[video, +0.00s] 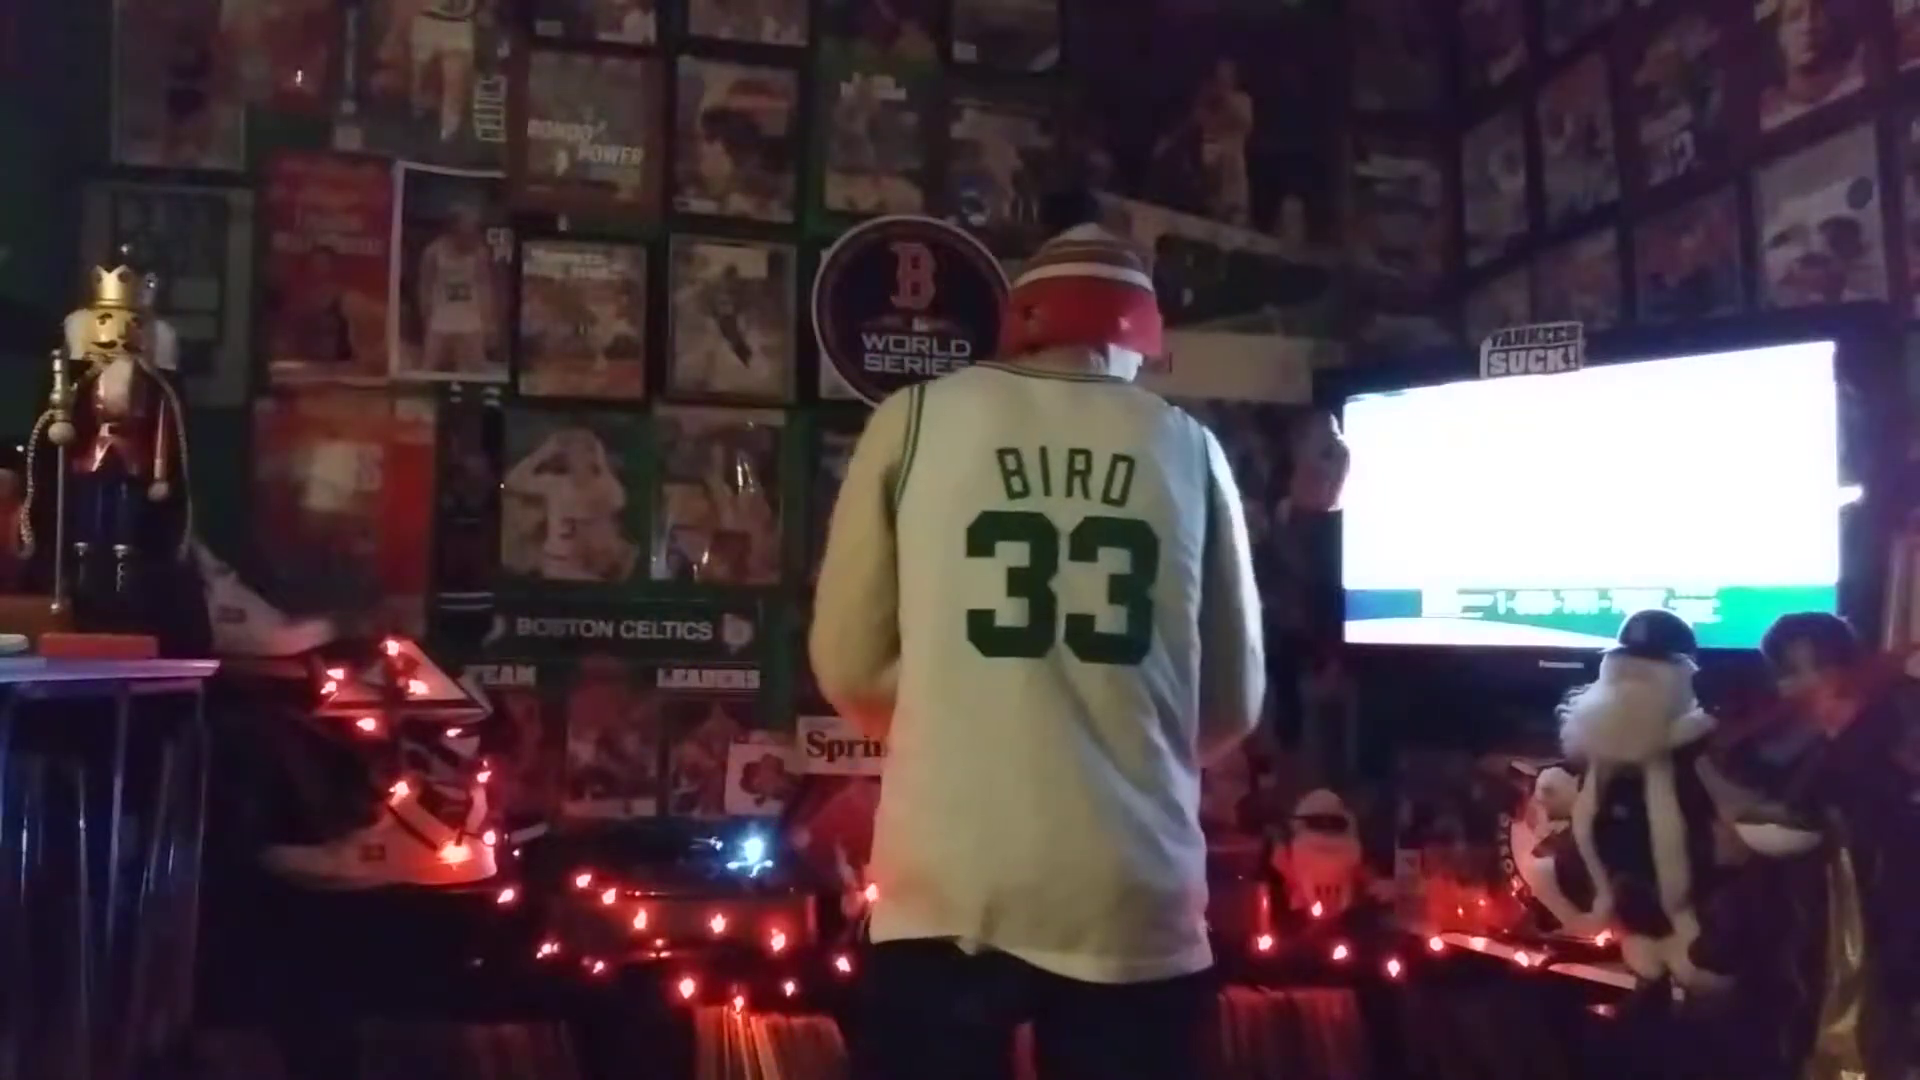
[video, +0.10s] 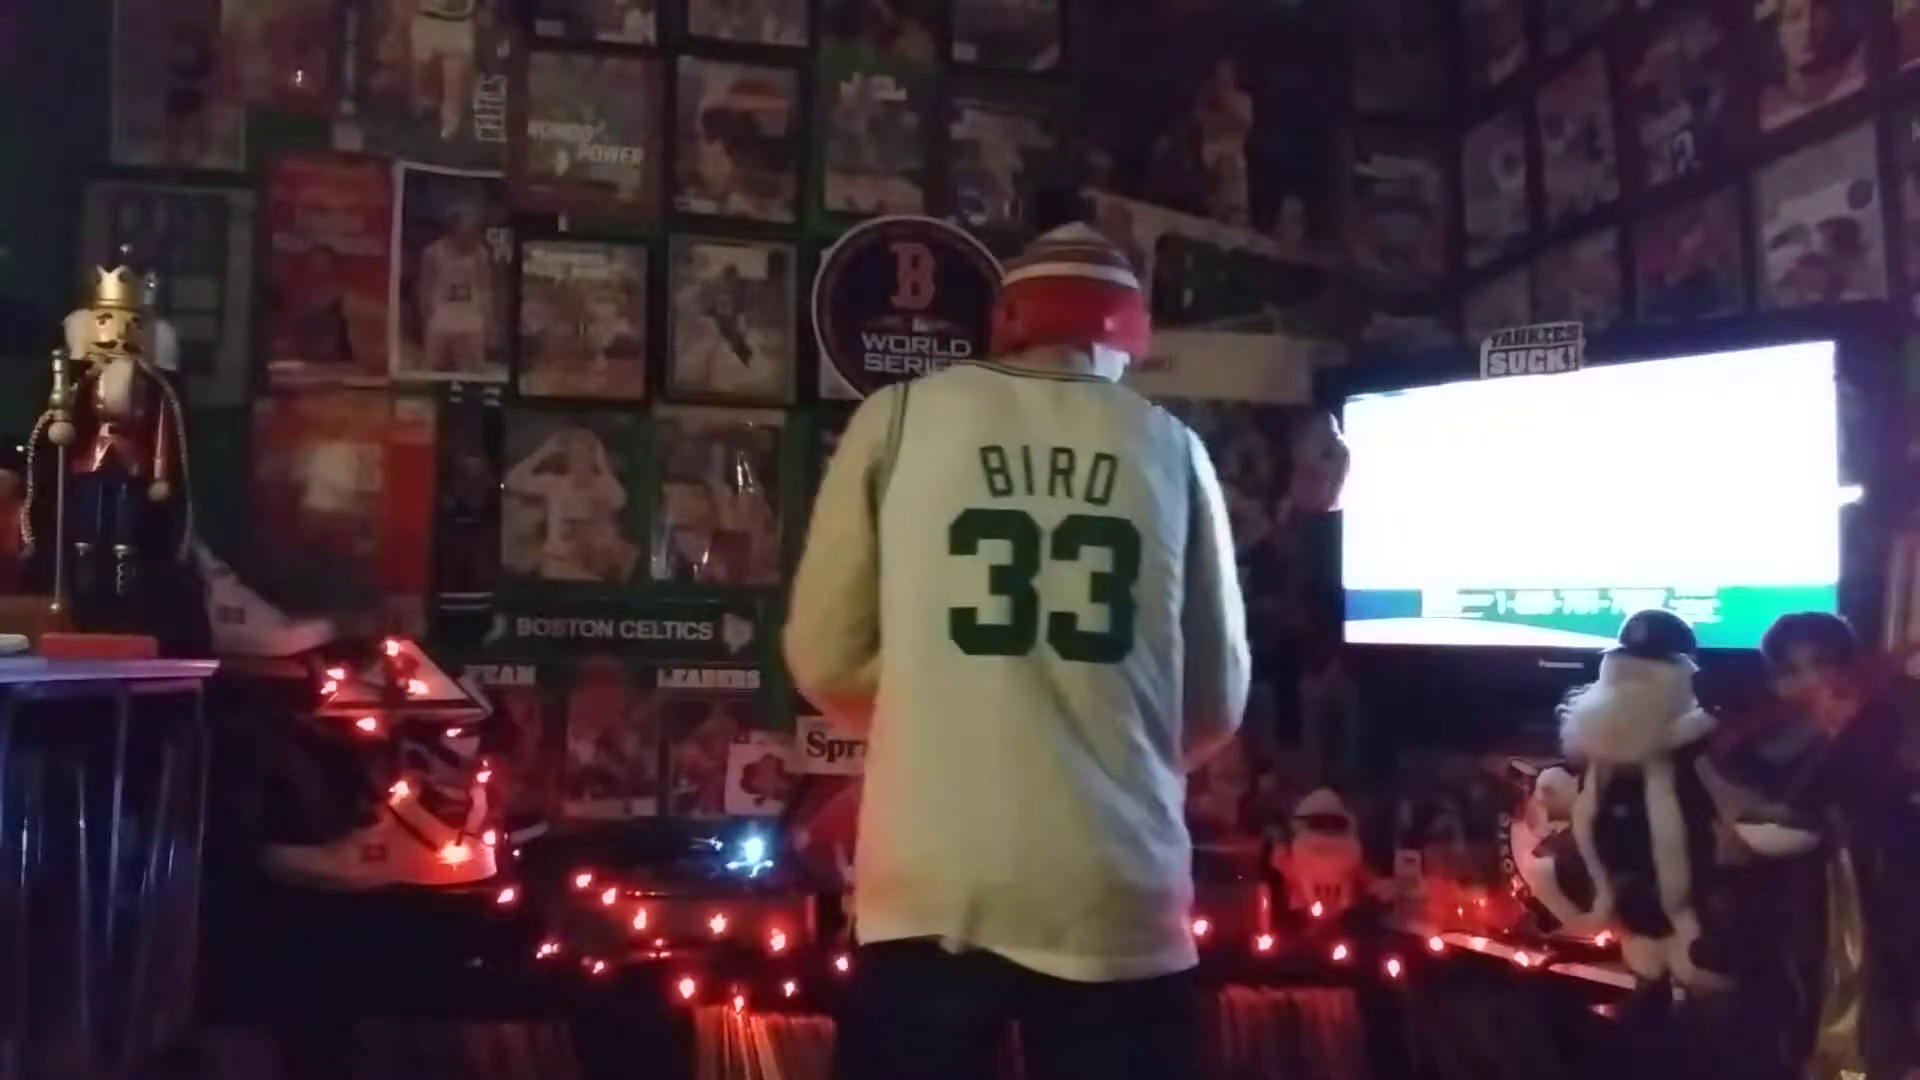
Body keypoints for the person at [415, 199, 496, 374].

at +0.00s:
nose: (467, 235)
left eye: (471, 230)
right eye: (463, 230)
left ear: (476, 230)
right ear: (453, 228)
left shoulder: (480, 252)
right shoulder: (434, 252)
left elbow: (486, 288)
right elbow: (425, 287)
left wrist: (489, 321)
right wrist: (426, 316)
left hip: (471, 327)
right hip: (440, 326)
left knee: (472, 378)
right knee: (432, 378)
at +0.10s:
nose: (467, 236)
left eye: (471, 232)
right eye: (463, 231)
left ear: (476, 231)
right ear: (453, 229)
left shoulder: (481, 253)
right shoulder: (434, 253)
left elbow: (486, 291)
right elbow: (425, 288)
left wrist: (490, 325)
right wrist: (427, 317)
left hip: (472, 324)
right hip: (441, 323)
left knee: (473, 376)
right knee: (433, 376)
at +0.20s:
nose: (467, 237)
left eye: (471, 232)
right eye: (463, 231)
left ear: (476, 231)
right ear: (453, 229)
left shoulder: (481, 253)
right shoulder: (433, 253)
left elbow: (486, 291)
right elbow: (425, 288)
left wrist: (490, 325)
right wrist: (427, 317)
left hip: (472, 323)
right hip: (441, 322)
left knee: (473, 375)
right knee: (433, 375)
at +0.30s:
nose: (467, 237)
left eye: (471, 232)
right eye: (463, 231)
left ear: (476, 231)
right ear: (453, 229)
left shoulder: (481, 253)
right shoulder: (433, 253)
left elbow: (486, 291)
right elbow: (425, 288)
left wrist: (490, 325)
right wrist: (427, 317)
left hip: (471, 325)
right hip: (441, 323)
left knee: (474, 376)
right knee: (433, 376)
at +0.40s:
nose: (467, 236)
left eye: (471, 231)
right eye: (463, 231)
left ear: (476, 231)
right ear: (453, 229)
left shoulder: (481, 253)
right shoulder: (434, 253)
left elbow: (486, 291)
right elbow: (425, 288)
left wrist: (490, 324)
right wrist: (427, 317)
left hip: (471, 324)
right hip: (441, 323)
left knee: (474, 375)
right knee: (433, 376)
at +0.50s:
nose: (467, 236)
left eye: (471, 231)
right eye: (463, 231)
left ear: (476, 231)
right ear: (453, 229)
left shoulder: (481, 253)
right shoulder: (433, 253)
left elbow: (486, 291)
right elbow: (425, 288)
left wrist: (490, 325)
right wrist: (427, 317)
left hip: (471, 324)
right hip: (440, 324)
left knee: (473, 376)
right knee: (433, 376)